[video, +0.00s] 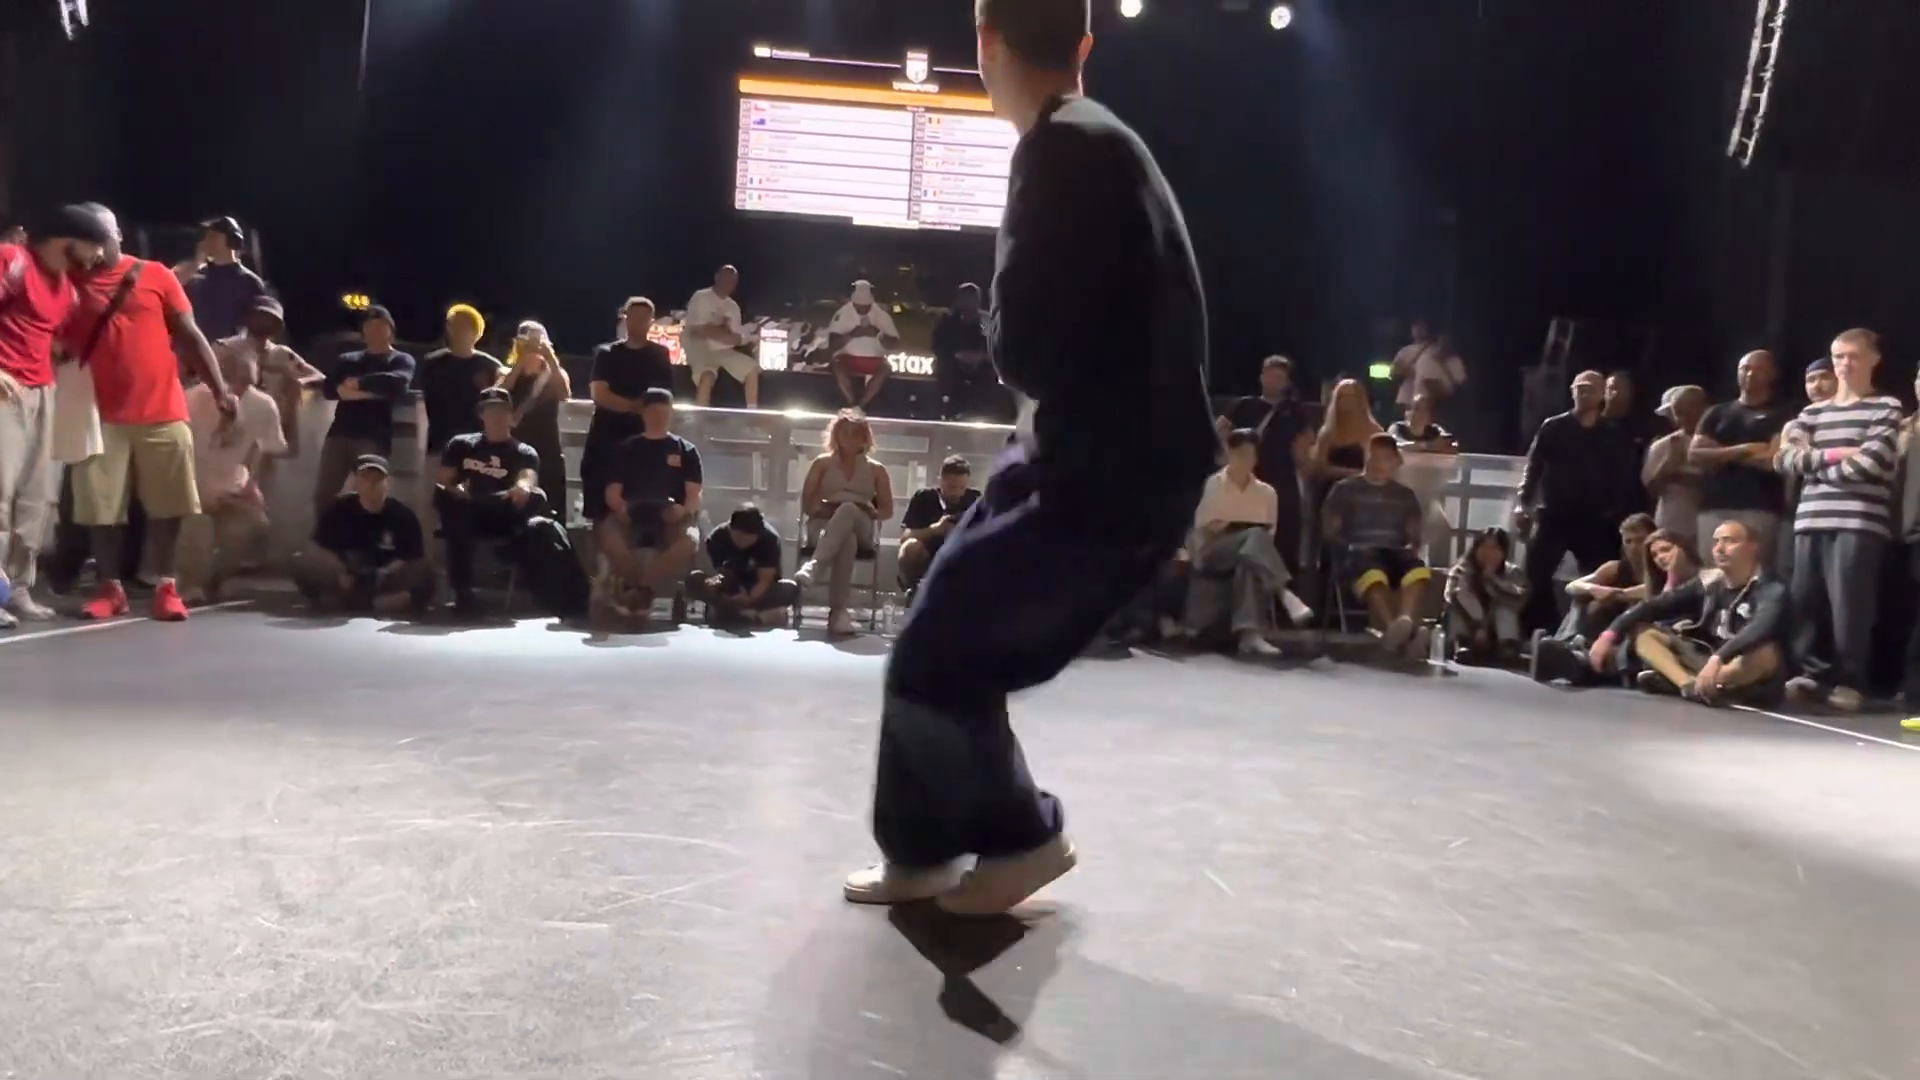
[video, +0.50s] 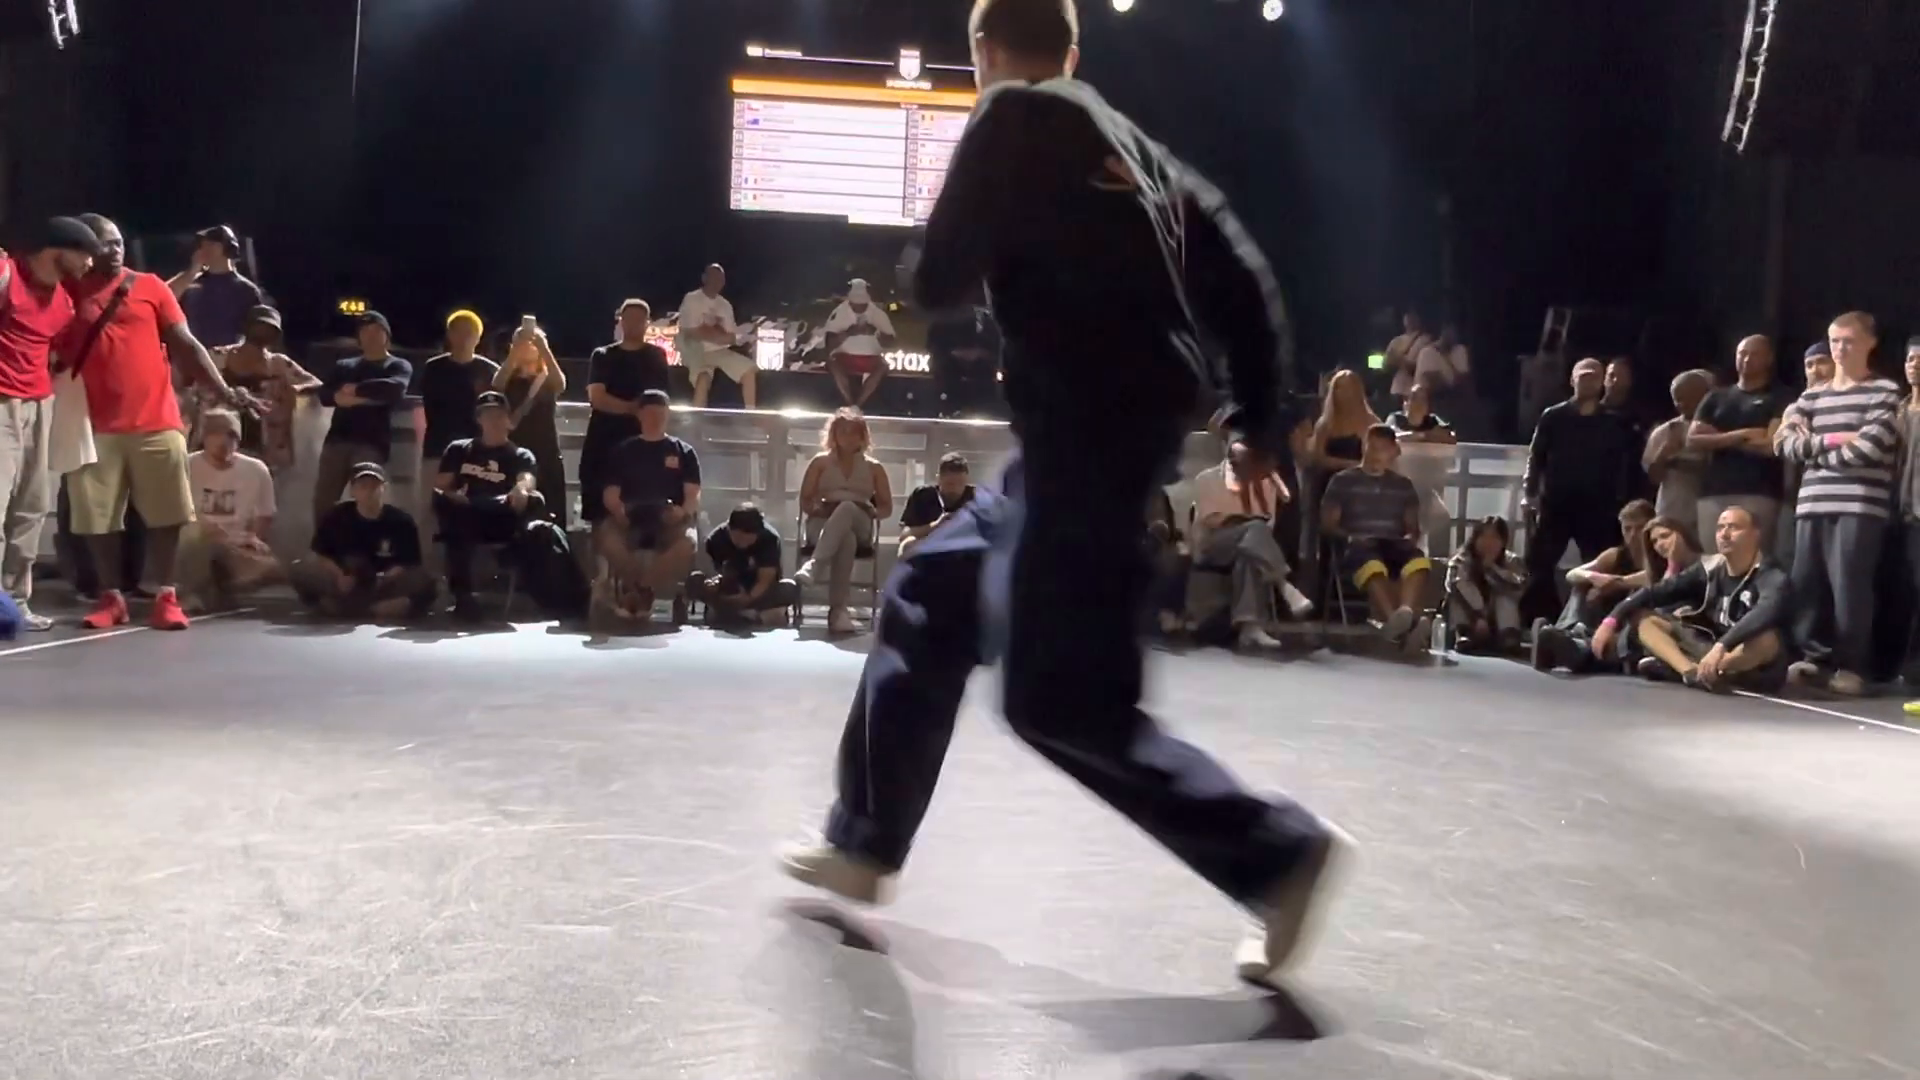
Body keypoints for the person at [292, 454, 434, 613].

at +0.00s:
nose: (371, 485)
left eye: (377, 480)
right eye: (366, 479)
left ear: (386, 483)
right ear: (356, 481)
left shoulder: (402, 515)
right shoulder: (338, 509)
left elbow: (413, 557)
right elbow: (320, 548)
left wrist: (384, 573)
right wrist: (341, 574)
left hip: (385, 575)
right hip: (346, 572)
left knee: (424, 573)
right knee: (301, 562)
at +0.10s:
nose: (374, 491)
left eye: (380, 485)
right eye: (369, 484)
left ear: (389, 488)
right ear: (358, 487)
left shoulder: (405, 520)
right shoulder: (339, 514)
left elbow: (415, 562)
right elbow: (319, 553)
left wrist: (387, 579)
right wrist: (341, 578)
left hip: (386, 581)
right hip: (347, 580)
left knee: (428, 580)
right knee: (304, 567)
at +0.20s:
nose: (373, 493)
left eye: (379, 486)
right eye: (367, 486)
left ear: (388, 489)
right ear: (357, 489)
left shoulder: (404, 521)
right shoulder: (338, 515)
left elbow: (413, 563)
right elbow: (318, 553)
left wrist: (386, 579)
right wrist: (340, 578)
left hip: (386, 582)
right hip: (346, 581)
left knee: (427, 581)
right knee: (304, 570)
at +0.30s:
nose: (367, 486)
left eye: (372, 480)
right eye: (361, 480)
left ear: (382, 483)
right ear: (352, 483)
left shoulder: (399, 514)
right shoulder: (334, 508)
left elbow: (409, 556)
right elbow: (318, 549)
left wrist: (381, 573)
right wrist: (337, 573)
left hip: (382, 576)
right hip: (343, 575)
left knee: (422, 574)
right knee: (300, 563)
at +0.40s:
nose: (367, 486)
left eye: (372, 480)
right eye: (361, 480)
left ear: (382, 483)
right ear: (351, 484)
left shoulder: (399, 514)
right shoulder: (334, 509)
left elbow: (409, 556)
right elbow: (317, 549)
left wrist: (381, 574)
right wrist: (338, 573)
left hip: (382, 576)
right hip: (343, 575)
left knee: (422, 575)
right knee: (300, 564)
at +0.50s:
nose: (368, 492)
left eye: (374, 486)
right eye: (363, 486)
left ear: (383, 489)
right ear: (353, 490)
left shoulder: (401, 520)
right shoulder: (336, 516)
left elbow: (410, 563)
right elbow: (320, 555)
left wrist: (384, 579)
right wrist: (339, 577)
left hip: (383, 582)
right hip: (345, 581)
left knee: (423, 581)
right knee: (301, 570)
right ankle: (374, 612)